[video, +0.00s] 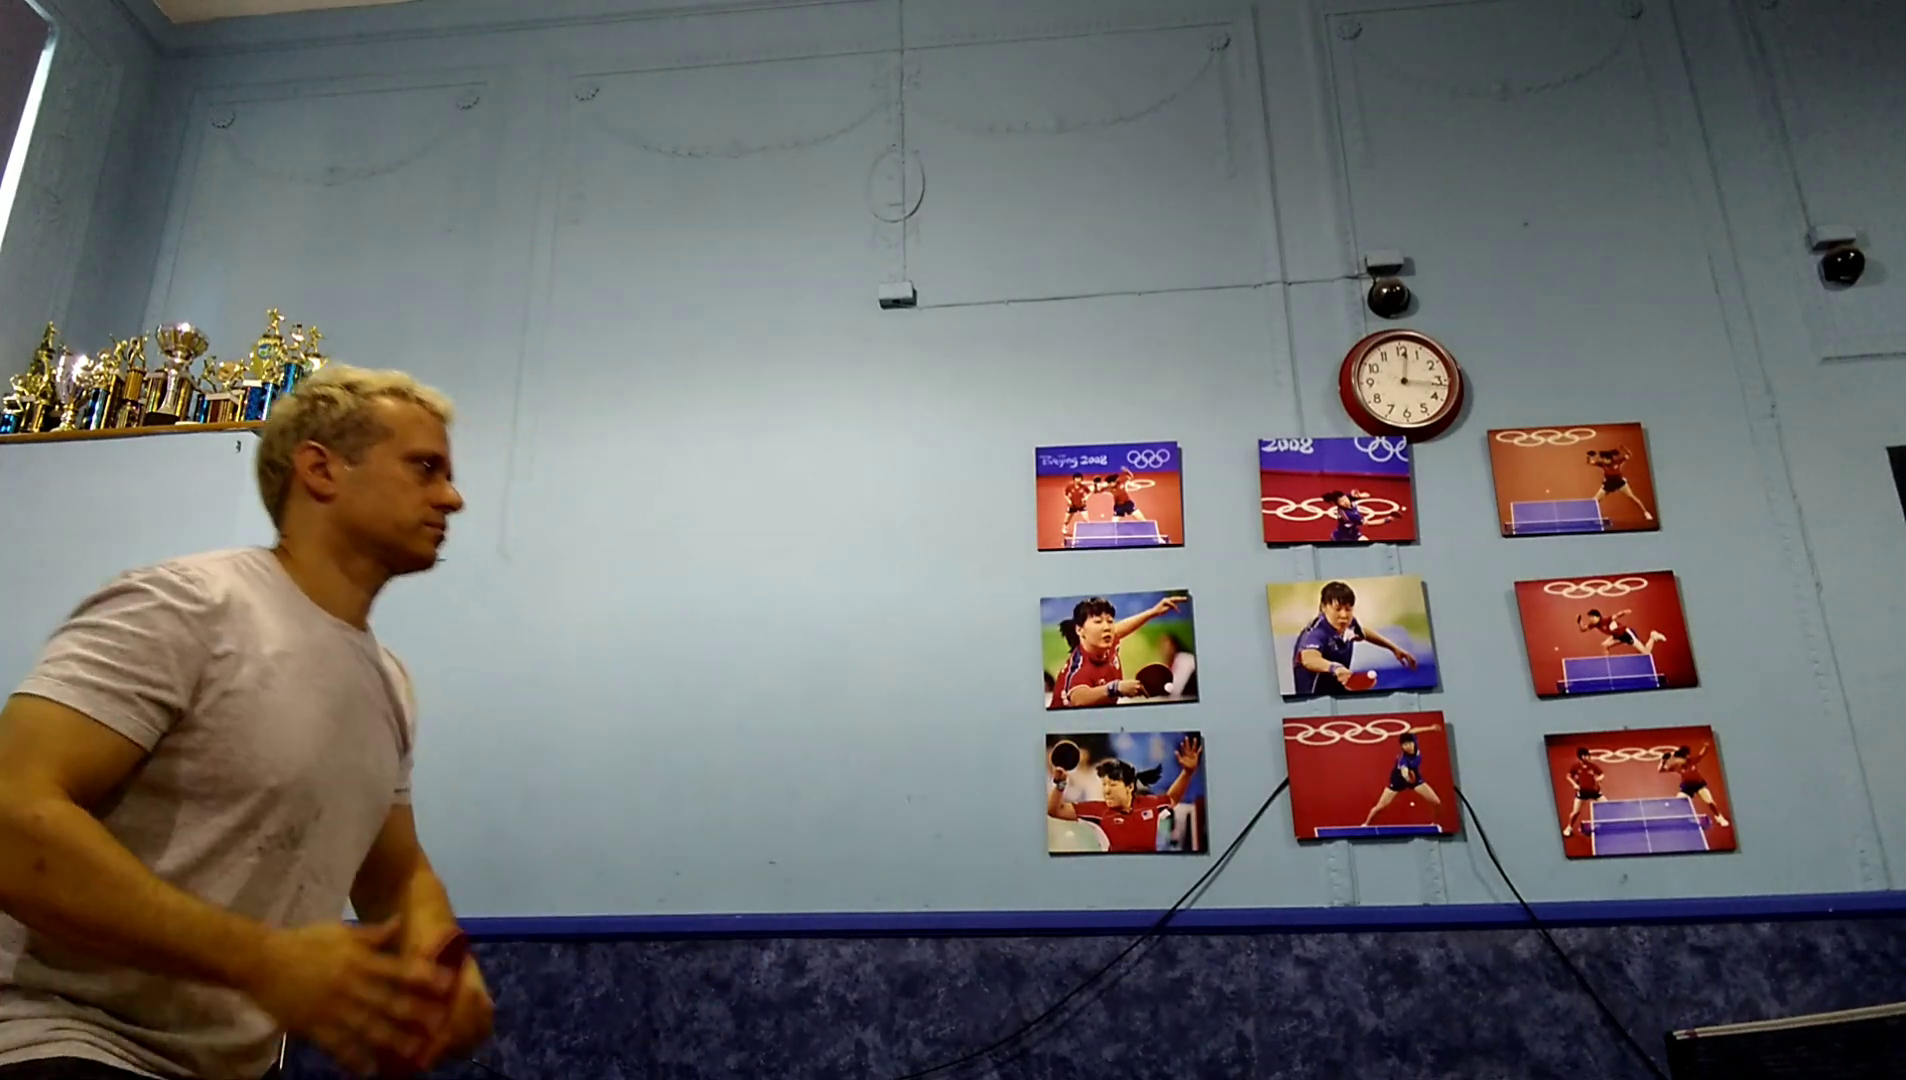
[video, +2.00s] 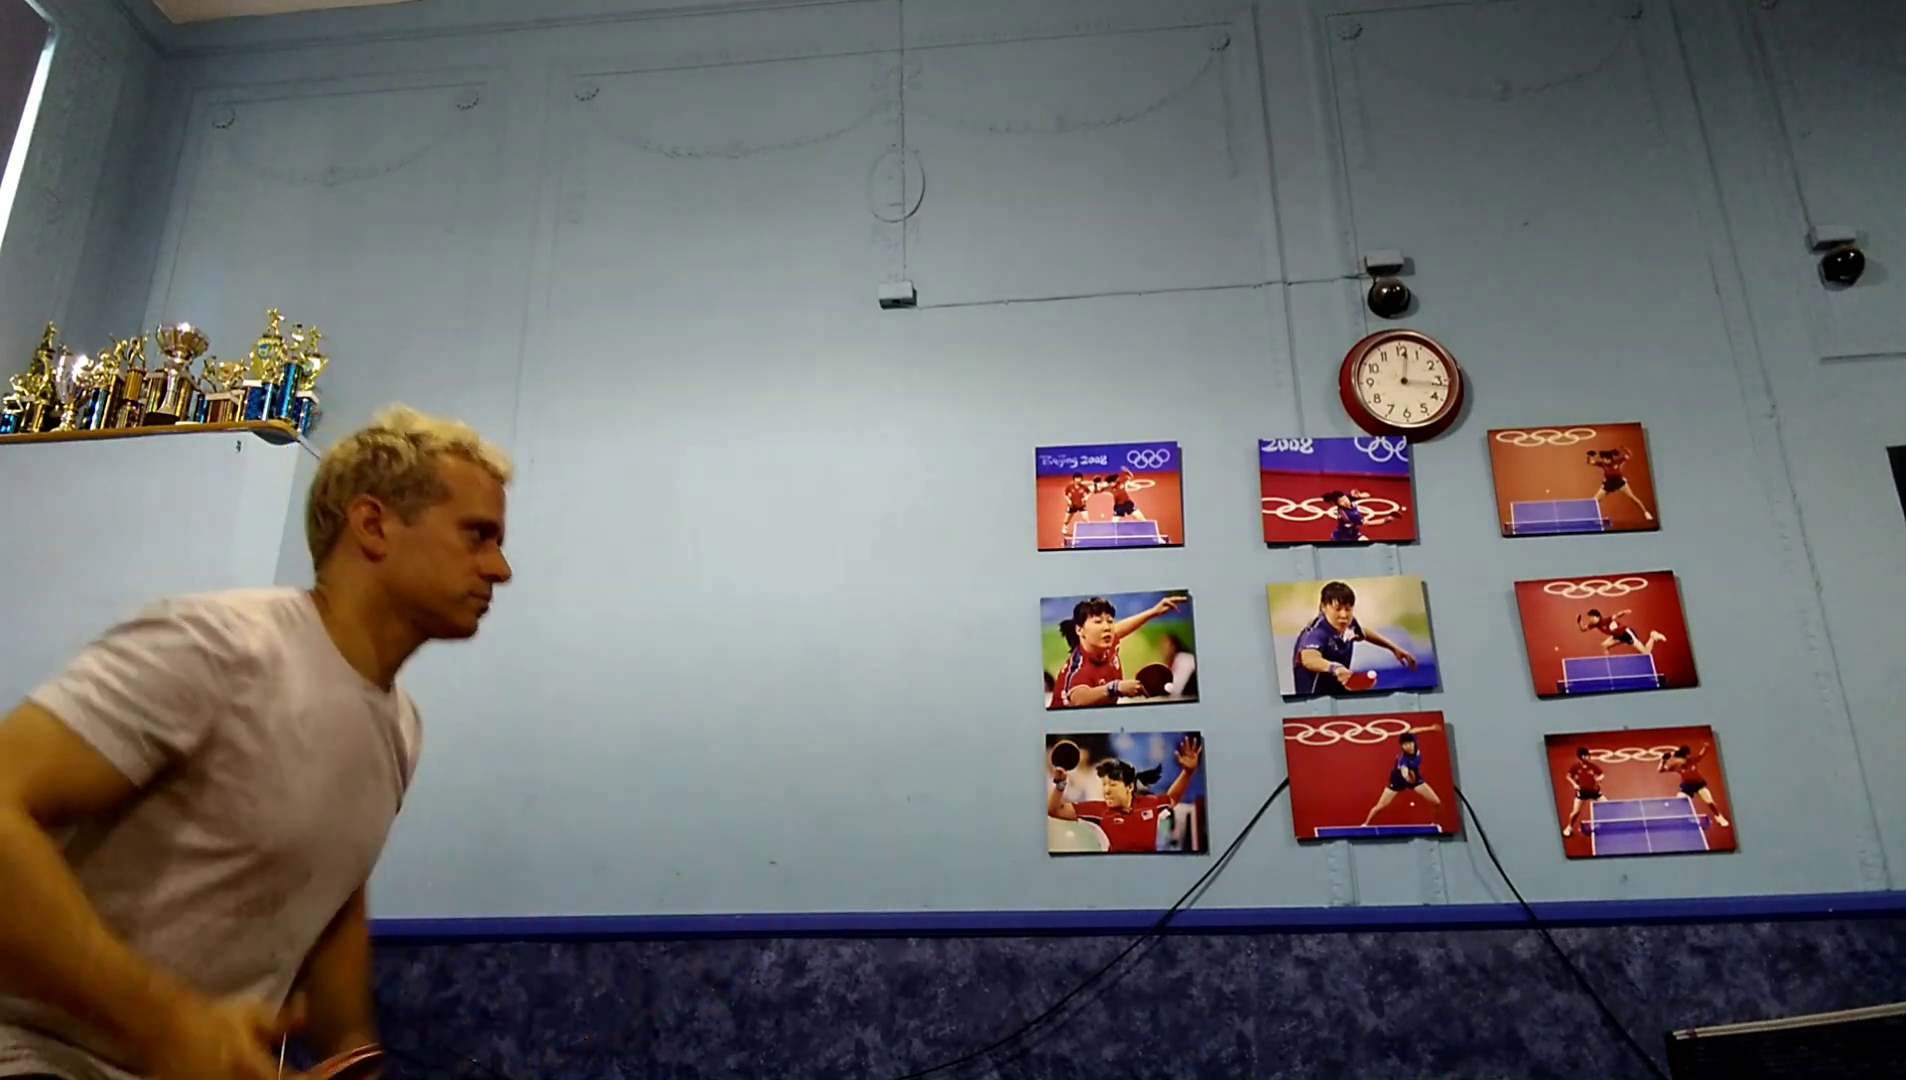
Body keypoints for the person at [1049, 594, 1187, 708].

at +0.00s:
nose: (1107, 628)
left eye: (1110, 622)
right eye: (1098, 622)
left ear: (1114, 626)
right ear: (1080, 630)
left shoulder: (1109, 644)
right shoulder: (1079, 666)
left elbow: (1119, 630)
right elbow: (1078, 698)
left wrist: (1154, 612)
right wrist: (1115, 687)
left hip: (1102, 724)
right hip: (1070, 729)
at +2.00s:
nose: (1107, 628)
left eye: (1110, 622)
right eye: (1098, 622)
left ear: (1114, 626)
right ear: (1080, 630)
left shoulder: (1109, 644)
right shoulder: (1079, 666)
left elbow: (1120, 629)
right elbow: (1078, 698)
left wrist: (1154, 611)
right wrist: (1115, 687)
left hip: (1102, 724)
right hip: (1069, 729)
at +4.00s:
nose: (1107, 628)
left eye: (1110, 622)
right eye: (1098, 622)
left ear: (1114, 626)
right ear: (1080, 630)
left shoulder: (1109, 645)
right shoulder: (1079, 666)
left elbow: (1118, 630)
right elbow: (1078, 698)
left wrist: (1154, 612)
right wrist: (1115, 687)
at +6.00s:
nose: (1107, 628)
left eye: (1109, 622)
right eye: (1098, 622)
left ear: (1114, 626)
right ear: (1080, 630)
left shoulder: (1109, 645)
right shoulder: (1079, 666)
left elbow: (1118, 630)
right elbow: (1078, 698)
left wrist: (1153, 611)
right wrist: (1115, 687)